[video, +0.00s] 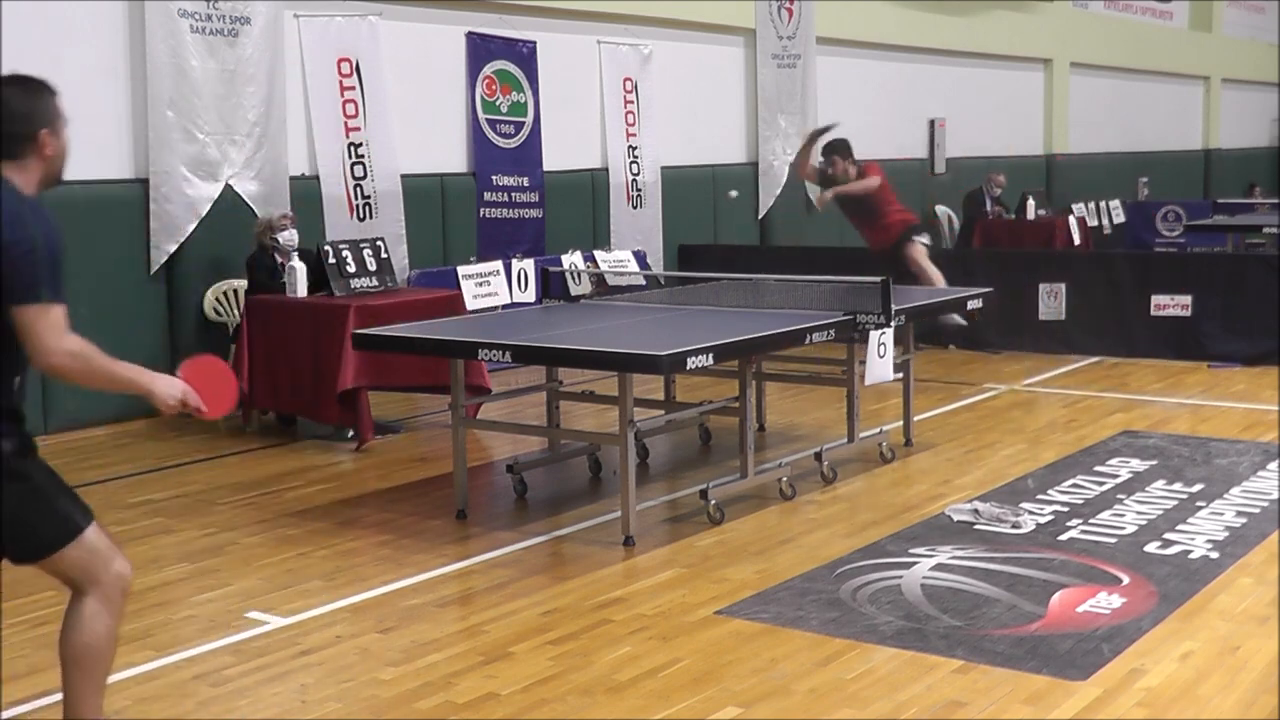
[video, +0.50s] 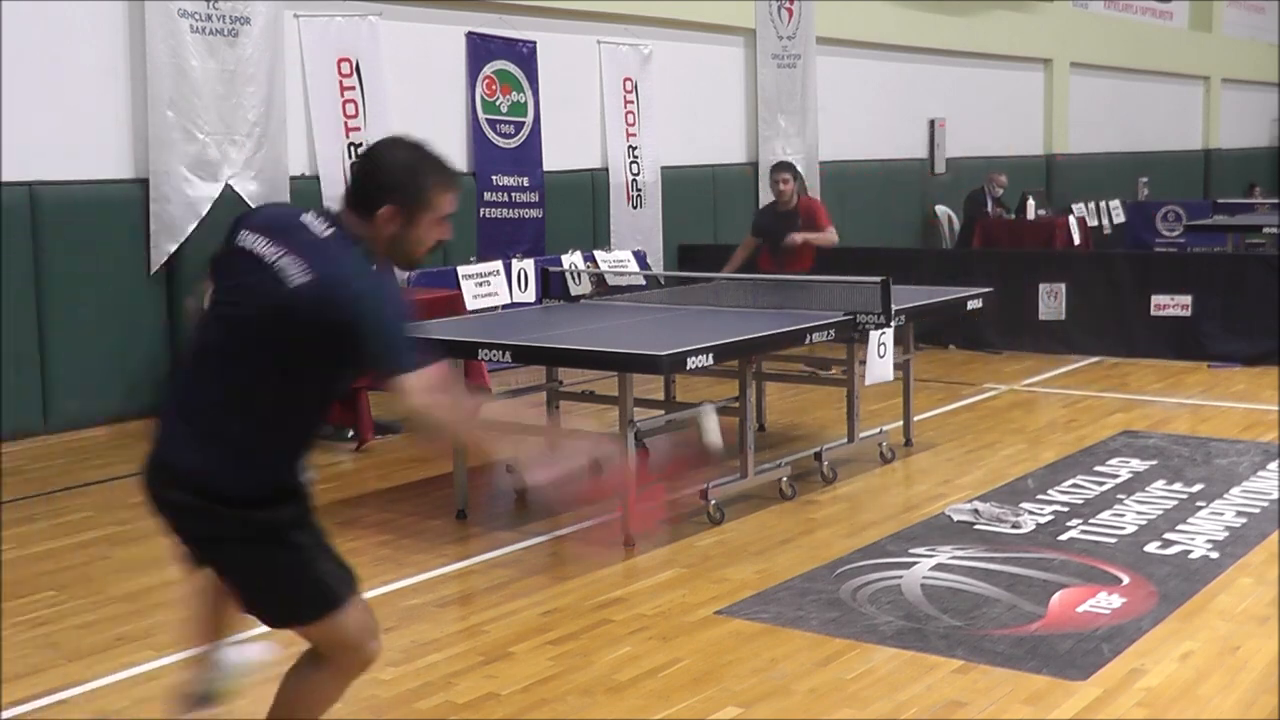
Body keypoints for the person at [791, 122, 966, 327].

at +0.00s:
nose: (828, 169)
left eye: (832, 163)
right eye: (827, 165)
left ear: (848, 161)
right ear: (826, 166)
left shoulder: (870, 170)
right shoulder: (832, 181)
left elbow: (872, 184)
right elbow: (801, 171)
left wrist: (834, 191)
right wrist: (811, 141)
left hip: (909, 234)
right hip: (885, 251)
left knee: (914, 257)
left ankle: (948, 308)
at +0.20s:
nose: (812, 155)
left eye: (817, 150)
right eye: (808, 150)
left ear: (827, 149)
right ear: (803, 149)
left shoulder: (842, 167)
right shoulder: (798, 167)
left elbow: (871, 191)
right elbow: (766, 168)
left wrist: (846, 201)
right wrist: (741, 164)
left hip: (853, 227)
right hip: (821, 236)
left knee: (842, 235)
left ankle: (854, 292)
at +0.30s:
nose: (782, 164)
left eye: (787, 159)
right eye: (778, 159)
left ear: (797, 160)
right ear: (773, 160)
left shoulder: (812, 178)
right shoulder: (769, 185)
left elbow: (853, 182)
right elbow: (736, 213)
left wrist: (849, 181)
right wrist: (705, 227)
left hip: (824, 249)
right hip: (793, 253)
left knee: (831, 269)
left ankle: (842, 318)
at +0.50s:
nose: (780, 187)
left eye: (785, 182)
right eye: (775, 182)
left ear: (795, 184)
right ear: (770, 185)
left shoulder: (810, 208)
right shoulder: (764, 214)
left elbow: (832, 239)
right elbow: (745, 249)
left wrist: (802, 237)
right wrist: (720, 278)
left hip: (801, 285)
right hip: (766, 286)